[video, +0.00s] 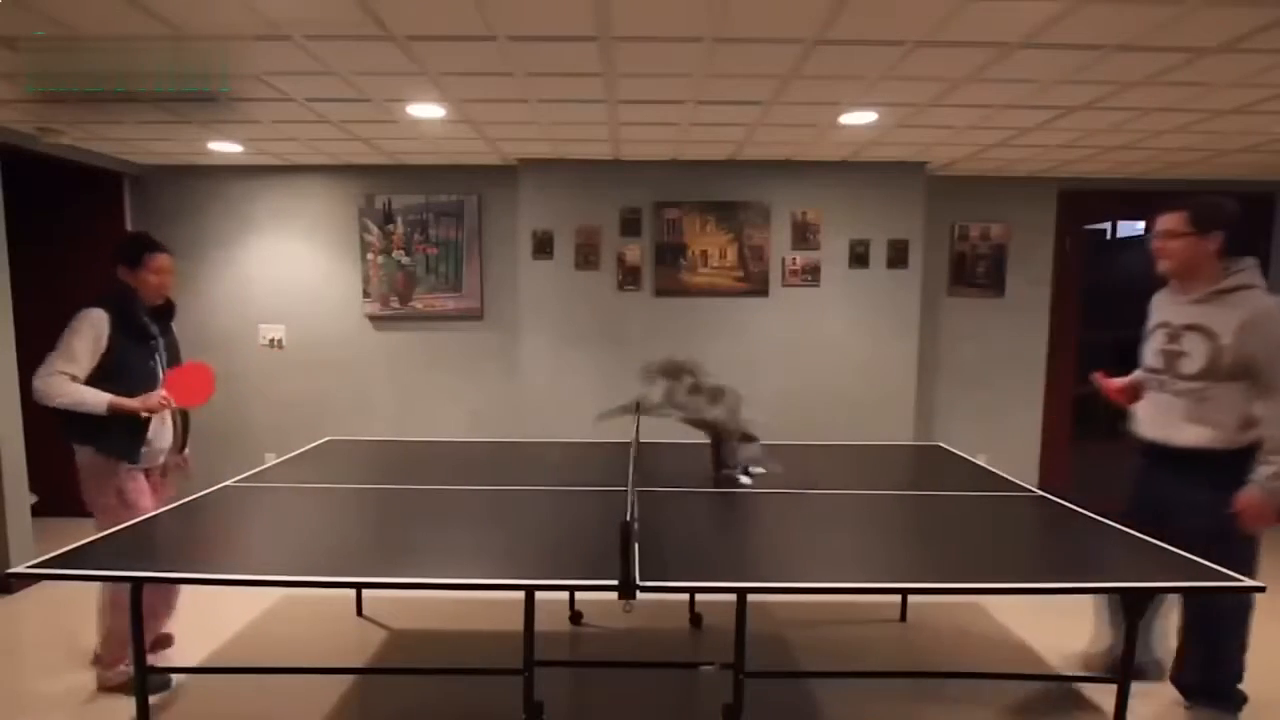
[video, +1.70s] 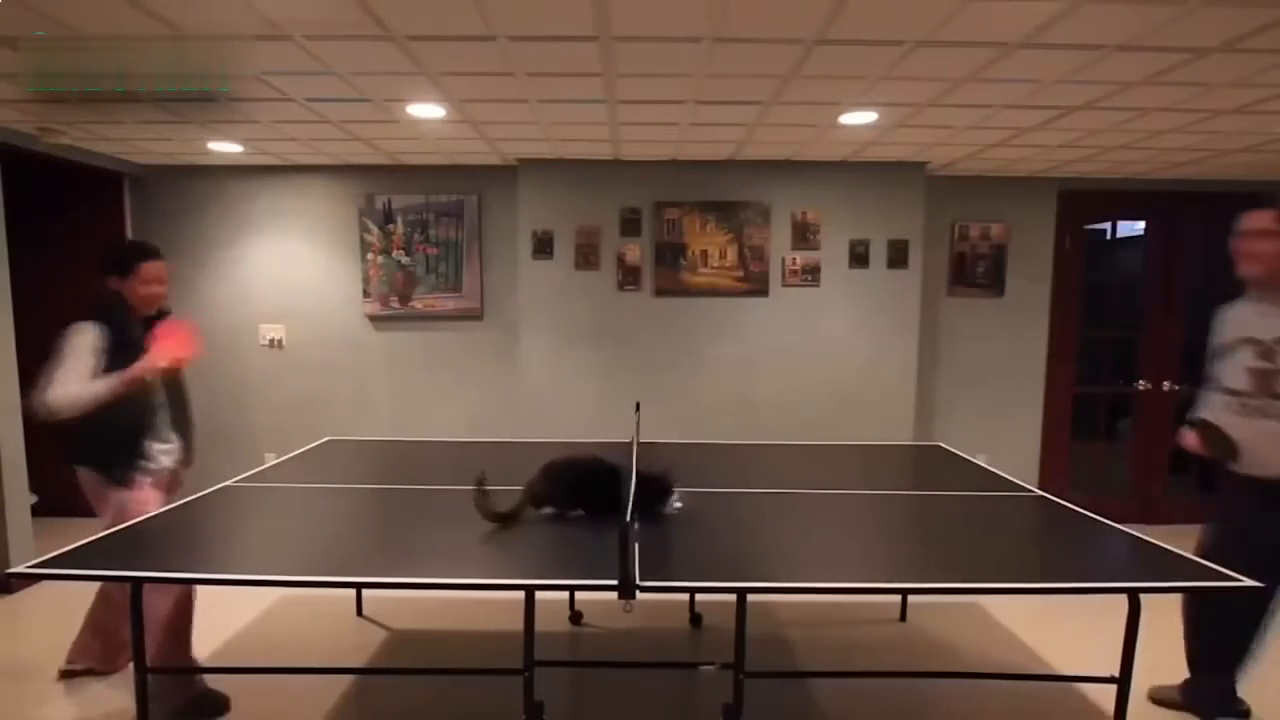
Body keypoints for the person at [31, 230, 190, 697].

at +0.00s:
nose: (167, 283)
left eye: (169, 273)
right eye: (158, 273)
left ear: (166, 276)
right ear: (128, 274)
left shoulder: (158, 325)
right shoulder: (97, 321)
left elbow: (165, 391)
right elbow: (47, 384)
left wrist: (175, 444)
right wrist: (126, 403)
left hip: (152, 460)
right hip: (108, 462)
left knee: (159, 550)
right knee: (136, 554)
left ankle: (142, 644)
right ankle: (115, 667)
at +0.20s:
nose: (193, 305)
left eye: (196, 295)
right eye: (183, 295)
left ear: (193, 297)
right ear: (151, 296)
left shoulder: (182, 346)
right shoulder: (117, 341)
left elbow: (180, 406)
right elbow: (82, 403)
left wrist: (205, 396)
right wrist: (167, 402)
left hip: (176, 482)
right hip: (129, 485)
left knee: (170, 571)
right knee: (171, 574)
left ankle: (118, 650)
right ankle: (180, 688)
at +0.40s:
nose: (236, 287)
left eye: (237, 277)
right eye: (225, 277)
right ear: (190, 283)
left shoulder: (209, 329)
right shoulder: (162, 331)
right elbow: (206, 356)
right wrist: (286, 331)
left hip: (180, 471)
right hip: (140, 473)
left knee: (191, 578)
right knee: (183, 581)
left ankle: (194, 693)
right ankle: (189, 697)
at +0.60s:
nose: (251, 288)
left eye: (253, 279)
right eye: (241, 278)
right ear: (205, 279)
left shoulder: (215, 325)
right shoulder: (178, 322)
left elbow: (208, 375)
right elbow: (159, 384)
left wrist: (269, 354)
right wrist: (240, 373)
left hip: (174, 472)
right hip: (138, 472)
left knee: (187, 586)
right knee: (167, 589)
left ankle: (193, 698)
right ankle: (174, 704)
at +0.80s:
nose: (219, 296)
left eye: (221, 285)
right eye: (207, 286)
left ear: (215, 288)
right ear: (175, 288)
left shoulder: (195, 335)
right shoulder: (142, 338)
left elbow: (195, 403)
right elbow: (59, 405)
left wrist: (198, 438)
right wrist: (127, 446)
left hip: (170, 471)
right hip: (127, 477)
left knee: (132, 573)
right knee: (187, 582)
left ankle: (91, 665)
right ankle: (187, 700)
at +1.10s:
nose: (147, 280)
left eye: (151, 271)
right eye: (137, 271)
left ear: (152, 275)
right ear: (108, 273)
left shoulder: (139, 328)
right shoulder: (81, 324)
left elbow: (151, 397)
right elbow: (29, 391)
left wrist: (163, 421)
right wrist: (106, 419)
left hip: (132, 461)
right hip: (95, 464)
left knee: (115, 556)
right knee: (134, 557)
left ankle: (86, 654)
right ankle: (117, 673)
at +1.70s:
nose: (160, 292)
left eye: (163, 282)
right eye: (150, 282)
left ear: (165, 284)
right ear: (119, 285)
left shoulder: (157, 334)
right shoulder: (93, 333)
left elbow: (172, 414)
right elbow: (52, 400)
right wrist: (133, 375)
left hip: (153, 465)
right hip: (108, 468)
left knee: (132, 564)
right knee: (168, 567)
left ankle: (89, 658)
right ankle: (170, 686)